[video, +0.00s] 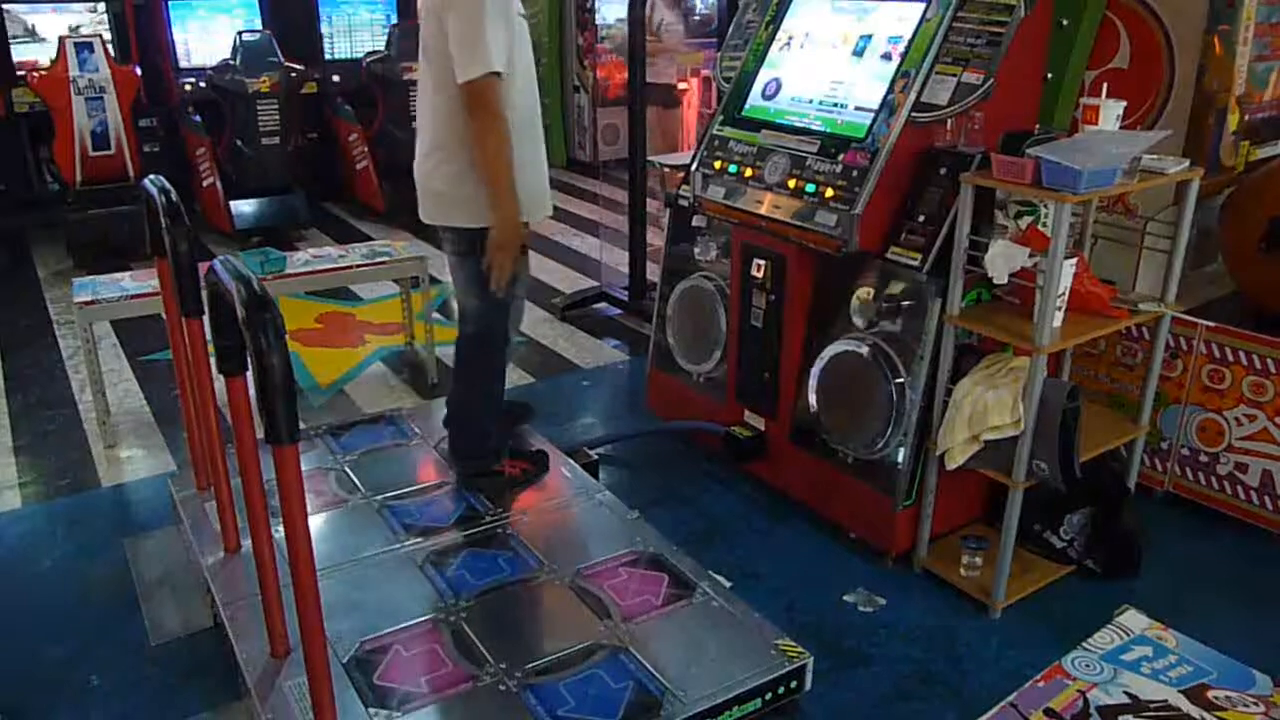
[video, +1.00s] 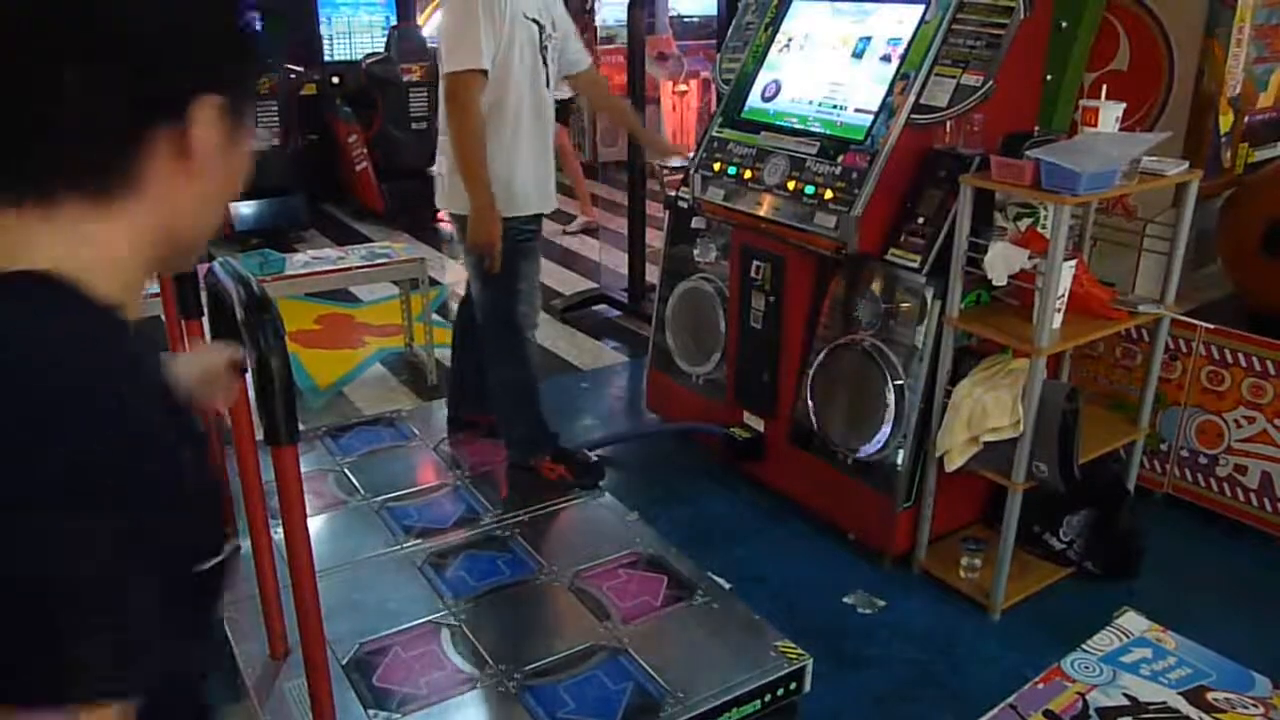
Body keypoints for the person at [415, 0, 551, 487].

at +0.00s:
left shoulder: (472, 8)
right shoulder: (472, 6)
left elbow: (481, 103)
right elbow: (483, 103)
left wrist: (509, 209)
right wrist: (505, 219)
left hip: (472, 196)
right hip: (479, 200)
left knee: (486, 325)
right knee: (485, 334)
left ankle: (480, 415)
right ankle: (478, 463)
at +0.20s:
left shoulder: (501, 7)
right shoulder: (452, 4)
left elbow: (490, 99)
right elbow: (448, 98)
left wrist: (513, 202)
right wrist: (466, 215)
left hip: (502, 200)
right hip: (478, 206)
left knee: (495, 332)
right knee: (480, 340)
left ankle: (488, 419)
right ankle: (476, 466)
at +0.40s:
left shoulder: (509, 7)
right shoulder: (452, 4)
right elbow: (440, 93)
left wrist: (509, 195)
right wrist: (447, 208)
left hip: (504, 197)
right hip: (478, 202)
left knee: (497, 326)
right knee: (480, 335)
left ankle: (489, 419)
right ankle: (476, 463)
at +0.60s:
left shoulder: (510, 7)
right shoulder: (456, 4)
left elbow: (495, 93)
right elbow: (443, 91)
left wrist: (512, 191)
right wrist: (458, 200)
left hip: (496, 192)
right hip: (481, 197)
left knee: (474, 312)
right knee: (502, 321)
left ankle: (478, 420)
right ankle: (480, 456)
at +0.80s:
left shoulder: (534, 8)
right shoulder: (465, 4)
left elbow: (547, 92)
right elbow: (449, 93)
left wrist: (581, 163)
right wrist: (463, 197)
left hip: (501, 185)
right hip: (474, 191)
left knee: (468, 314)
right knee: (501, 324)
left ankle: (468, 425)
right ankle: (519, 456)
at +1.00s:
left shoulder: (550, 8)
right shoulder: (473, 5)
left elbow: (590, 82)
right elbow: (461, 98)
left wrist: (648, 137)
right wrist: (481, 203)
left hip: (524, 190)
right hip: (489, 195)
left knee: (485, 310)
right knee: (512, 327)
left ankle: (470, 412)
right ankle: (531, 452)